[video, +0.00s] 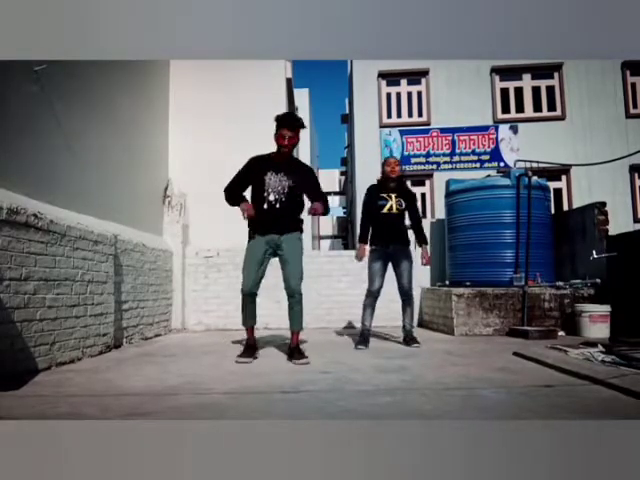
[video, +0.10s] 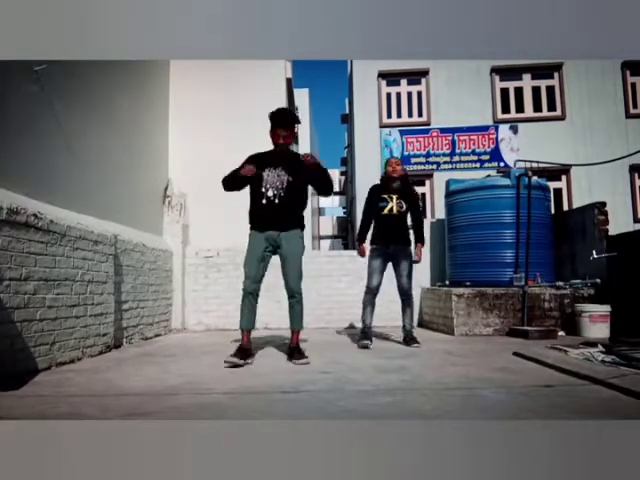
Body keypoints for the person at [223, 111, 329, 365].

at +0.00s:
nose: (285, 141)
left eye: (290, 137)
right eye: (281, 136)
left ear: (297, 139)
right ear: (275, 136)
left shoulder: (304, 171)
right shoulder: (257, 164)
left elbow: (322, 203)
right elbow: (231, 191)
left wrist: (318, 207)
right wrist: (243, 203)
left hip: (290, 234)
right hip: (260, 234)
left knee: (294, 288)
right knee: (248, 288)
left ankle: (295, 344)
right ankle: (250, 342)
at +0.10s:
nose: (282, 139)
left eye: (287, 134)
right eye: (277, 134)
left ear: (295, 134)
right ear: (271, 134)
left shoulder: (302, 162)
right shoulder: (258, 160)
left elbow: (327, 190)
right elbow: (227, 184)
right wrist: (242, 175)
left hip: (291, 232)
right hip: (260, 232)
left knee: (294, 288)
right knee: (250, 287)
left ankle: (295, 343)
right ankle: (245, 344)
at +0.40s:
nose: (265, 139)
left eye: (269, 134)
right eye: (260, 134)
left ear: (276, 133)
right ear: (252, 134)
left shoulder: (287, 156)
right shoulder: (245, 161)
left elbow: (311, 166)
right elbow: (220, 178)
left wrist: (288, 139)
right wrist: (236, 148)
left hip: (286, 229)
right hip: (254, 230)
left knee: (292, 286)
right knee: (244, 285)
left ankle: (295, 343)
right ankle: (242, 344)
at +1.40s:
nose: (269, 147)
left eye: (272, 141)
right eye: (265, 144)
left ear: (280, 140)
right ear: (260, 146)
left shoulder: (297, 164)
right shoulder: (258, 166)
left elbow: (325, 186)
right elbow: (244, 161)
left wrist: (316, 165)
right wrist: (252, 134)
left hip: (294, 236)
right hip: (265, 236)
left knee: (297, 290)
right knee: (252, 287)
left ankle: (292, 341)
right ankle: (246, 344)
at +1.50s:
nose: (270, 149)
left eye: (273, 143)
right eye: (265, 146)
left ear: (281, 142)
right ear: (260, 148)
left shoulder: (299, 166)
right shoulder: (259, 167)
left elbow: (326, 196)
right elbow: (241, 157)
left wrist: (320, 193)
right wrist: (251, 134)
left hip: (293, 237)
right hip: (264, 235)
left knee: (297, 290)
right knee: (247, 279)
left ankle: (292, 340)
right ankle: (249, 335)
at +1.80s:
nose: (264, 139)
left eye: (268, 134)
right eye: (259, 135)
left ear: (275, 135)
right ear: (253, 138)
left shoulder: (291, 164)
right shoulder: (249, 165)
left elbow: (308, 198)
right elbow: (219, 177)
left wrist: (305, 227)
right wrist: (224, 145)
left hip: (289, 234)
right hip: (259, 235)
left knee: (292, 289)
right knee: (248, 288)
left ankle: (291, 340)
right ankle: (245, 342)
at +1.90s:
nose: (264, 138)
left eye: (268, 134)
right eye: (260, 134)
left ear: (275, 136)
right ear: (252, 137)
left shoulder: (287, 168)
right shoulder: (241, 169)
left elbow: (300, 202)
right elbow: (210, 197)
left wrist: (300, 231)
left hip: (285, 237)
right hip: (254, 237)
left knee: (294, 287)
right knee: (245, 288)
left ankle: (291, 337)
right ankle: (244, 342)